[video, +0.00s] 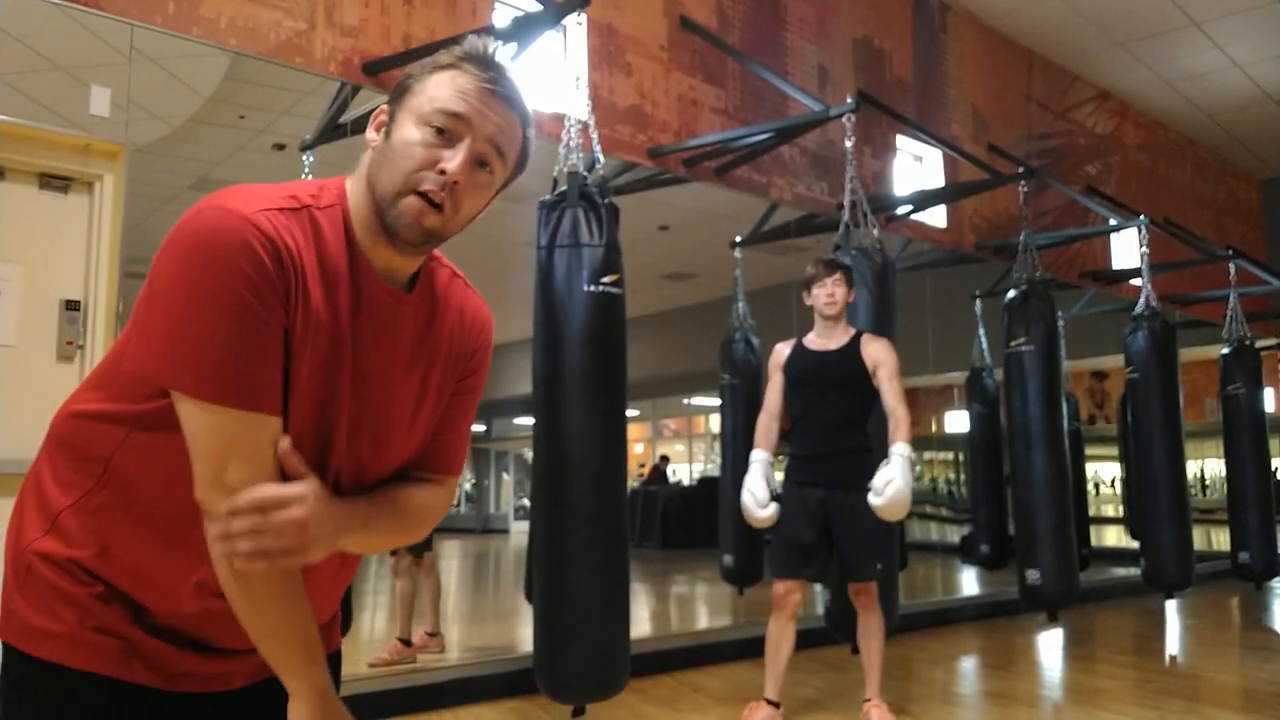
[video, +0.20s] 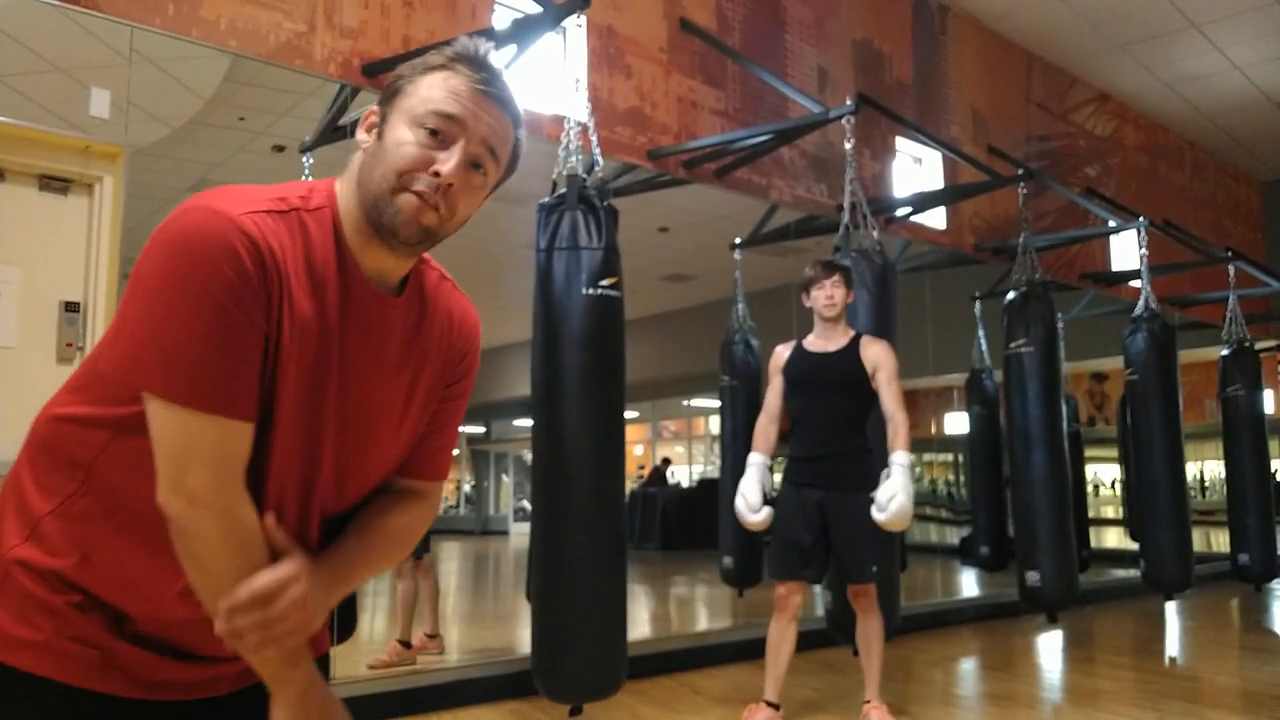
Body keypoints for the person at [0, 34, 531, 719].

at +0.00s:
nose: (453, 169)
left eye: (484, 164)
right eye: (442, 131)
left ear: (489, 200)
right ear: (380, 123)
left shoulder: (464, 326)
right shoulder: (238, 237)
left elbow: (431, 493)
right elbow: (237, 510)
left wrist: (338, 522)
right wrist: (313, 692)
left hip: (281, 644)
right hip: (94, 624)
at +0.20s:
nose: (447, 171)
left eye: (478, 166)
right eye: (435, 133)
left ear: (482, 201)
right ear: (370, 125)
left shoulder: (450, 330)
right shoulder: (225, 239)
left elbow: (413, 494)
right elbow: (199, 495)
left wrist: (327, 581)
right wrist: (297, 687)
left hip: (244, 663)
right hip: (68, 640)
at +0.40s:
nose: (419, 182)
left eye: (448, 172)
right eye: (404, 142)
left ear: (456, 202)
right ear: (335, 130)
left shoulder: (419, 329)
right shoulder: (185, 247)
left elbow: (379, 512)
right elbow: (136, 509)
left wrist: (304, 645)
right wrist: (243, 692)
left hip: (220, 671)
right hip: (47, 653)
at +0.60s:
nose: (371, 165)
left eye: (405, 152)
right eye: (355, 124)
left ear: (417, 182)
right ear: (287, 111)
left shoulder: (388, 316)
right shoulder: (129, 238)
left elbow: (350, 503)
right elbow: (64, 509)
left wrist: (268, 646)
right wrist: (189, 690)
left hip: (231, 685)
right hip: (50, 678)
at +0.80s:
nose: (328, 130)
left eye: (362, 118)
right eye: (309, 88)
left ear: (377, 150)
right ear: (241, 84)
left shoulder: (367, 295)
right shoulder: (82, 220)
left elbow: (332, 485)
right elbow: (24, 486)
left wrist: (244, 640)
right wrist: (154, 672)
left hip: (223, 686)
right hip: (43, 680)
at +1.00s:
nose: (308, 116)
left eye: (342, 102)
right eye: (286, 76)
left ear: (357, 135)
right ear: (220, 73)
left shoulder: (357, 276)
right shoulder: (62, 212)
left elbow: (321, 467)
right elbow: (22, 481)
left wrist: (224, 635)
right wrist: (143, 686)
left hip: (232, 676)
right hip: (45, 673)